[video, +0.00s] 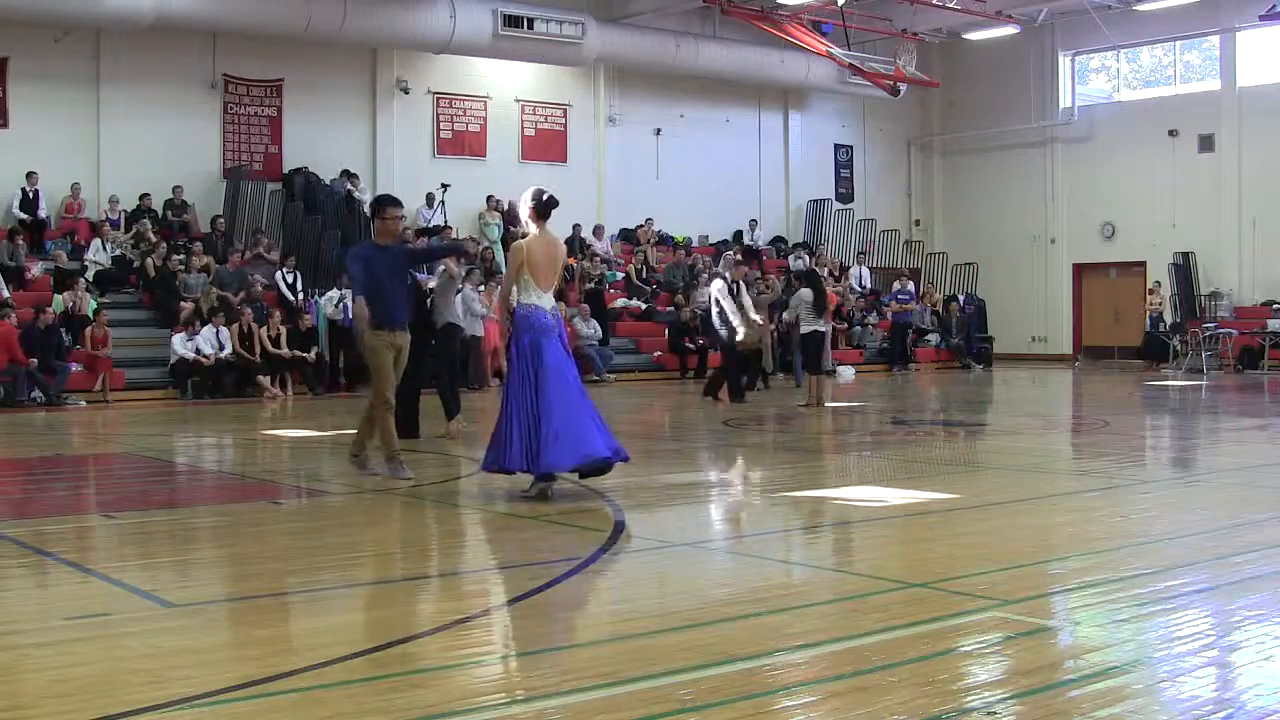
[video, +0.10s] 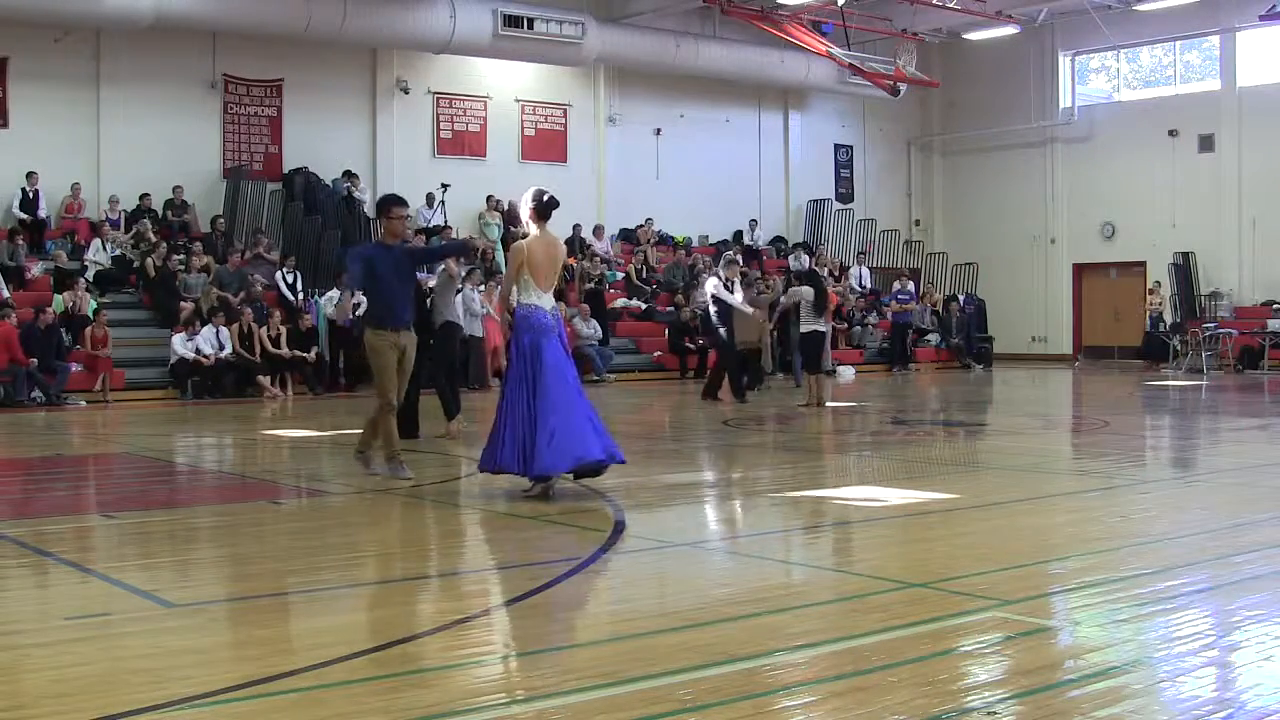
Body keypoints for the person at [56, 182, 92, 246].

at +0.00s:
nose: (78, 191)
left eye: (79, 189)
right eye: (75, 189)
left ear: (80, 190)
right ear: (71, 190)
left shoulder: (82, 201)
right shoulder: (66, 199)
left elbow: (82, 213)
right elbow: (61, 214)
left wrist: (78, 216)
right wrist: (72, 216)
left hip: (78, 220)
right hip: (67, 220)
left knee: (84, 222)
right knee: (81, 225)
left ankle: (81, 241)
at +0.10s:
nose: (78, 191)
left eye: (79, 189)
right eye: (76, 189)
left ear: (81, 191)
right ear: (72, 190)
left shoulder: (82, 202)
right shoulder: (66, 199)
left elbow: (81, 214)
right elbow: (61, 214)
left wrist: (78, 216)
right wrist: (72, 216)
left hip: (77, 220)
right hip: (66, 221)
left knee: (84, 222)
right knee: (82, 225)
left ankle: (81, 241)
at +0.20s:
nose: (78, 191)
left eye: (79, 189)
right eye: (76, 189)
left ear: (81, 190)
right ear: (72, 190)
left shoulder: (82, 201)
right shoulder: (67, 199)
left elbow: (82, 214)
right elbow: (62, 214)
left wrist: (79, 216)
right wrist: (73, 216)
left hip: (78, 220)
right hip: (66, 221)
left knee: (84, 222)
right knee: (82, 226)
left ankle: (80, 240)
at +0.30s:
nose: (78, 191)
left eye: (79, 189)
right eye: (76, 189)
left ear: (81, 190)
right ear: (72, 190)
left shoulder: (82, 201)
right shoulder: (67, 199)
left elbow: (82, 214)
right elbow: (62, 214)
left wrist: (79, 216)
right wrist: (73, 216)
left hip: (78, 220)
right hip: (66, 221)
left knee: (84, 222)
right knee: (82, 226)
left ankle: (80, 240)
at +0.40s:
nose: (78, 191)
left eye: (79, 189)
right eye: (76, 189)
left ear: (81, 191)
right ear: (72, 190)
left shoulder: (83, 202)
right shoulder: (67, 199)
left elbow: (82, 215)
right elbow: (62, 214)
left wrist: (79, 216)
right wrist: (73, 216)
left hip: (78, 220)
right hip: (66, 221)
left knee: (84, 221)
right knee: (82, 226)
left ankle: (81, 240)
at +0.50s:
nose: (78, 191)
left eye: (79, 189)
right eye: (76, 189)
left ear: (81, 191)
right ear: (72, 190)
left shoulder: (83, 202)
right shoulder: (67, 199)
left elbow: (82, 215)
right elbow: (62, 214)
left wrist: (79, 216)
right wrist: (73, 216)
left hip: (78, 220)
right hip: (66, 221)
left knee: (84, 221)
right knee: (82, 226)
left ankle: (81, 240)